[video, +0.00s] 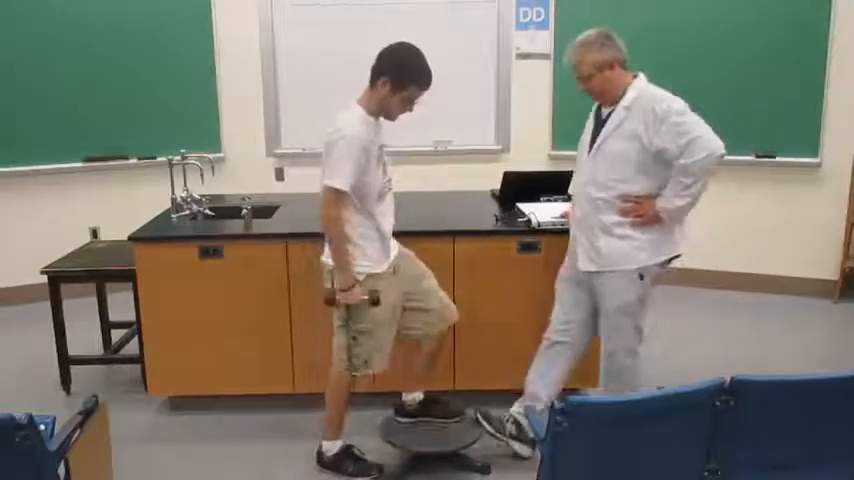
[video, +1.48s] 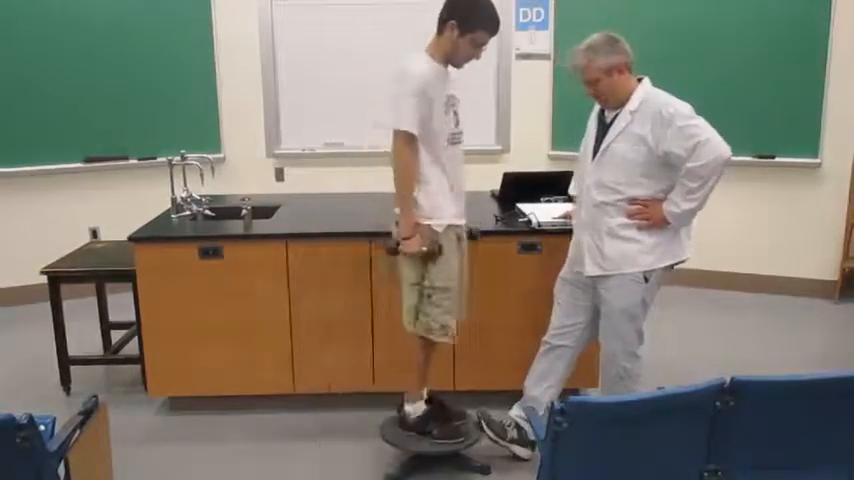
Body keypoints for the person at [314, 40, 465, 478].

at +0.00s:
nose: (411, 108)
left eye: (416, 100)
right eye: (410, 99)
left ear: (386, 86)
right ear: (384, 84)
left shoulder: (370, 126)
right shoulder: (351, 132)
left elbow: (364, 202)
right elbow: (330, 210)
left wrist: (386, 254)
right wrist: (345, 274)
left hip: (389, 258)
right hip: (359, 270)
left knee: (439, 318)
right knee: (348, 362)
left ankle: (414, 401)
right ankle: (330, 446)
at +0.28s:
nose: (418, 114)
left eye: (422, 107)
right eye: (416, 105)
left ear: (391, 91)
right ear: (390, 89)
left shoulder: (378, 131)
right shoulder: (359, 138)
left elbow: (368, 208)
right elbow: (335, 214)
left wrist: (389, 259)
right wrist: (348, 278)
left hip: (393, 261)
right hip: (367, 275)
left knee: (443, 319)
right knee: (364, 363)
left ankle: (412, 401)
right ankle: (331, 446)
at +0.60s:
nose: (461, 62)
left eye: (465, 54)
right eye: (459, 52)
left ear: (437, 42)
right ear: (434, 38)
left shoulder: (420, 82)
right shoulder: (401, 79)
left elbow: (404, 159)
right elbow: (361, 147)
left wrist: (420, 219)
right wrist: (372, 220)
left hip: (417, 225)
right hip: (395, 227)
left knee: (429, 319)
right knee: (415, 320)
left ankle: (412, 399)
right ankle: (358, 383)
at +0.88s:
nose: (469, 58)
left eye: (474, 50)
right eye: (468, 47)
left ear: (445, 33)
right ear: (443, 30)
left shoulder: (432, 75)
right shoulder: (411, 74)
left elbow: (421, 151)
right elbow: (375, 145)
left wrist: (438, 214)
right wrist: (384, 215)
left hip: (431, 216)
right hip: (412, 217)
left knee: (429, 319)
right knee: (424, 320)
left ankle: (421, 401)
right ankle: (413, 408)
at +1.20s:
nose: (477, 57)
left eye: (481, 49)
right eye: (475, 47)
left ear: (458, 35)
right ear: (450, 30)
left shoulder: (442, 77)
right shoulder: (416, 75)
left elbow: (440, 152)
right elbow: (401, 147)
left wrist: (454, 216)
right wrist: (403, 220)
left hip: (448, 219)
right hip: (426, 220)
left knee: (437, 319)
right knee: (427, 320)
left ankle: (421, 399)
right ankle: (413, 407)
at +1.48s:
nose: (478, 56)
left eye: (482, 48)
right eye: (476, 46)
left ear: (458, 34)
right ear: (450, 30)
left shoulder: (442, 77)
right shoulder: (418, 76)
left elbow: (440, 153)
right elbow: (404, 147)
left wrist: (454, 217)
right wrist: (407, 220)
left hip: (449, 220)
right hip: (428, 220)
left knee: (437, 320)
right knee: (428, 321)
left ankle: (421, 400)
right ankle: (413, 407)